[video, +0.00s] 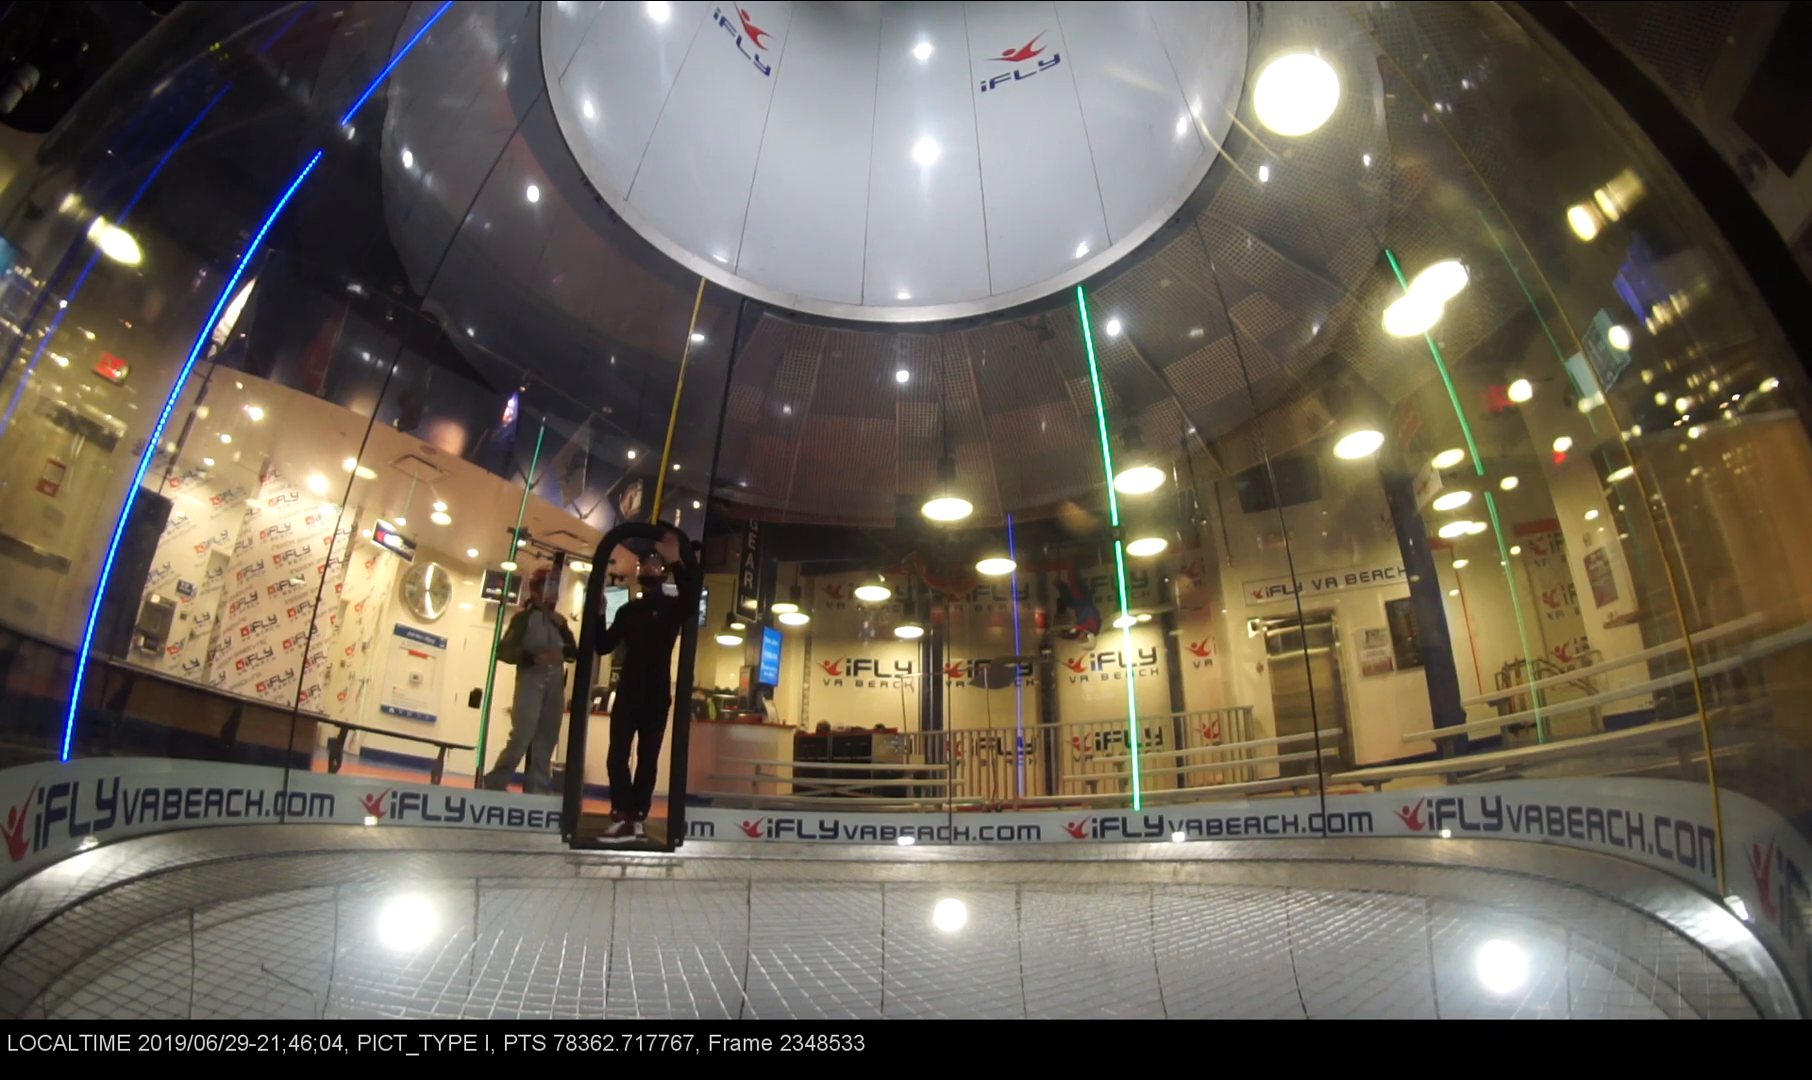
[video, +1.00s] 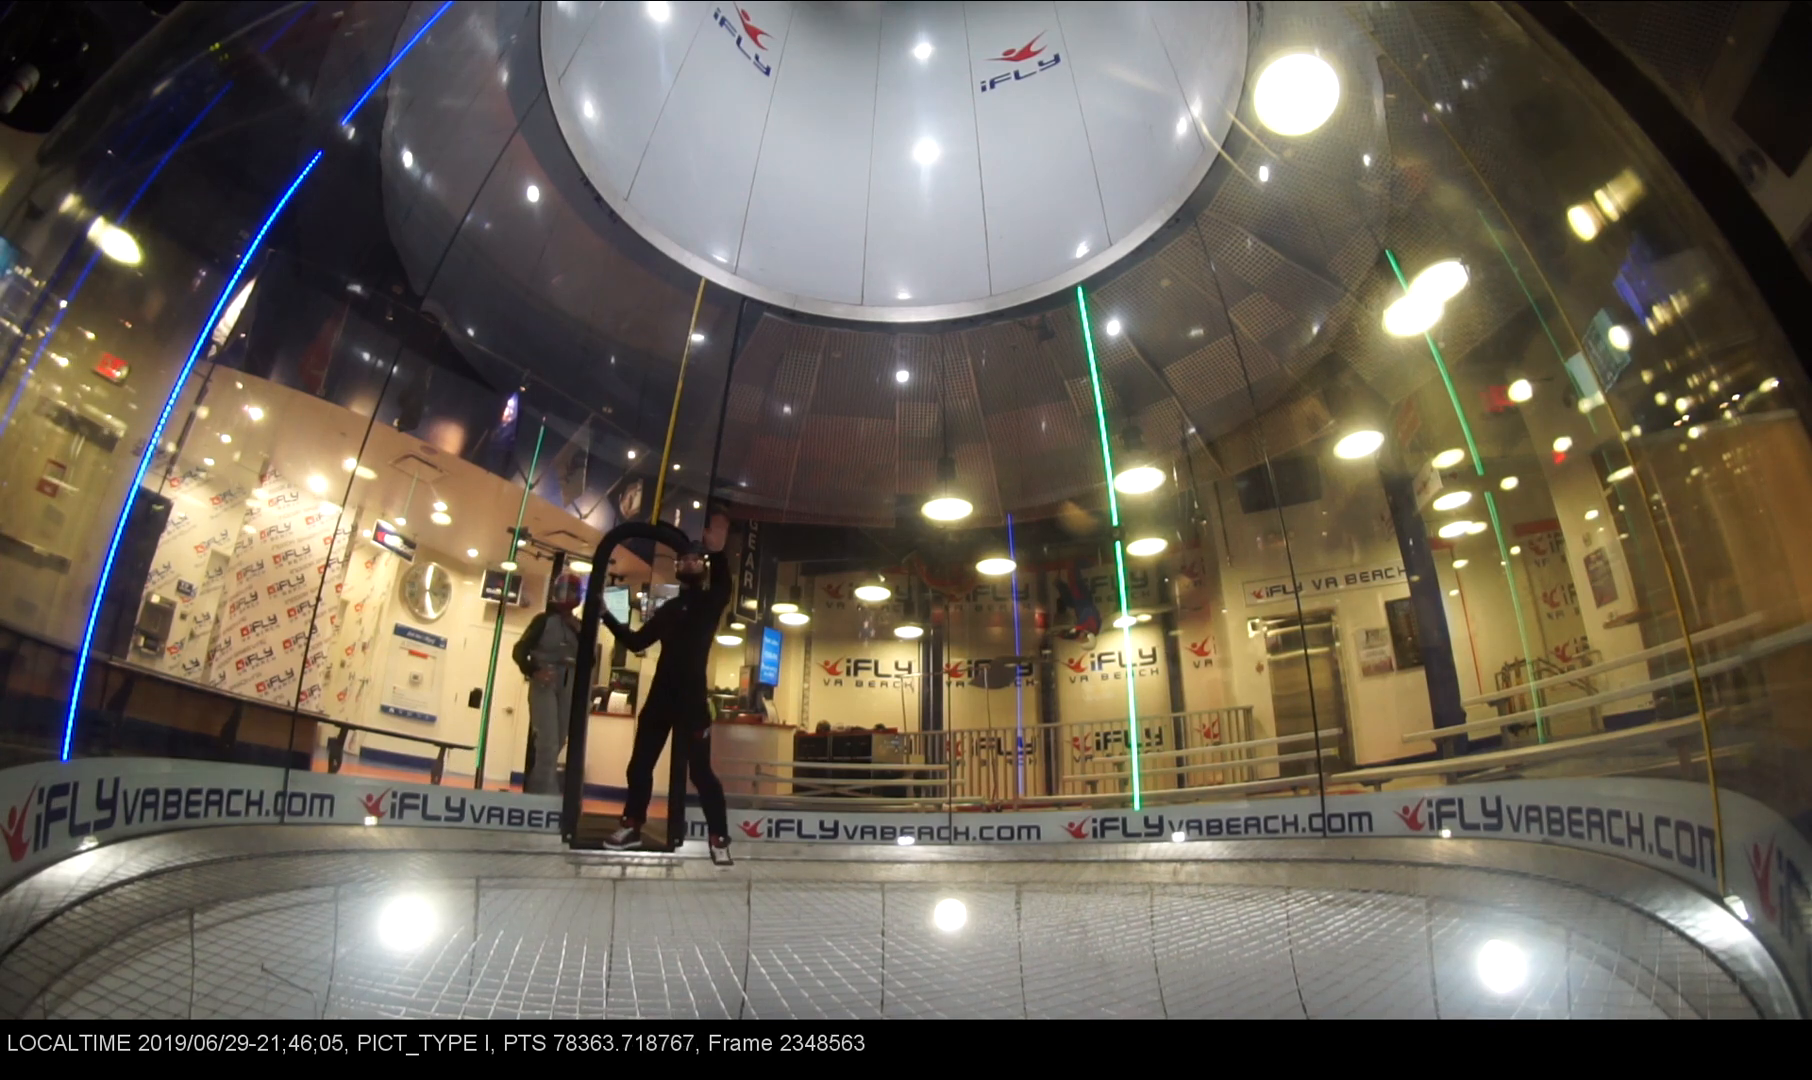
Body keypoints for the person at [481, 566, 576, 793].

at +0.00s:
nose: (550, 592)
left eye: (554, 587)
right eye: (545, 587)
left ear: (558, 591)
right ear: (534, 590)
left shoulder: (558, 621)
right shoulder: (524, 618)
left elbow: (573, 653)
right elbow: (503, 651)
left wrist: (563, 627)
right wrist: (531, 657)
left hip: (555, 683)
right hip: (530, 680)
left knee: (546, 738)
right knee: (523, 735)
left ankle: (538, 792)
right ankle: (493, 783)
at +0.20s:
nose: (556, 596)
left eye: (560, 591)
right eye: (552, 590)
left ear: (565, 595)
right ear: (543, 592)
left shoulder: (568, 623)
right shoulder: (531, 620)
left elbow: (578, 653)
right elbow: (511, 653)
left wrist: (570, 629)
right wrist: (534, 663)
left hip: (558, 682)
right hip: (534, 681)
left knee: (553, 735)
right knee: (538, 735)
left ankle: (542, 785)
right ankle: (527, 786)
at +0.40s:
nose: (557, 597)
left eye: (562, 592)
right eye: (554, 592)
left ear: (569, 597)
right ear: (547, 593)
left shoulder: (573, 625)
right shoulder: (535, 621)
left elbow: (583, 654)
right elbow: (513, 651)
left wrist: (573, 629)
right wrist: (532, 665)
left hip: (563, 681)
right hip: (538, 679)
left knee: (556, 735)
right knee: (542, 735)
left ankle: (536, 787)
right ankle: (545, 791)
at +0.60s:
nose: (562, 595)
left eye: (567, 590)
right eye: (558, 590)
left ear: (574, 595)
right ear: (550, 592)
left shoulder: (577, 626)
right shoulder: (538, 621)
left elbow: (587, 655)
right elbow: (516, 652)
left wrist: (576, 630)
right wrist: (531, 670)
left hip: (568, 684)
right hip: (542, 681)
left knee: (556, 741)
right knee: (546, 742)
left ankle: (535, 794)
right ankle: (546, 800)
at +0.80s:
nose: (563, 594)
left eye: (569, 590)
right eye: (559, 588)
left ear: (576, 596)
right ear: (552, 591)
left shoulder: (579, 626)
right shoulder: (541, 621)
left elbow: (588, 656)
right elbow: (518, 652)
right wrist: (532, 671)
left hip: (569, 685)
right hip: (543, 682)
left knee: (557, 740)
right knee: (547, 741)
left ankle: (538, 792)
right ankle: (545, 796)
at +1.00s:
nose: (568, 596)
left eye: (573, 592)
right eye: (564, 590)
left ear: (578, 597)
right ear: (556, 593)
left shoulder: (580, 627)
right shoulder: (543, 621)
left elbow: (590, 659)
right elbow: (519, 651)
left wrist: (582, 633)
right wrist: (533, 671)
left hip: (569, 686)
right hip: (544, 682)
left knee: (559, 739)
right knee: (547, 740)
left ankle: (538, 790)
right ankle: (544, 795)